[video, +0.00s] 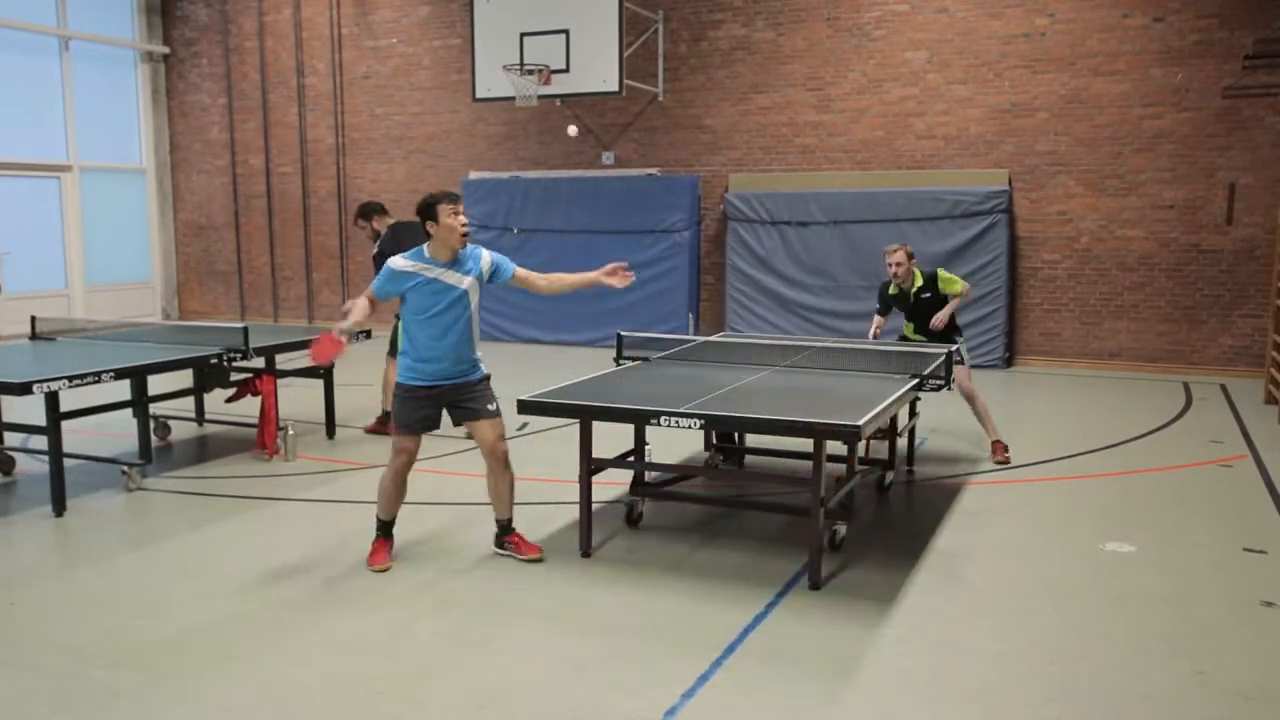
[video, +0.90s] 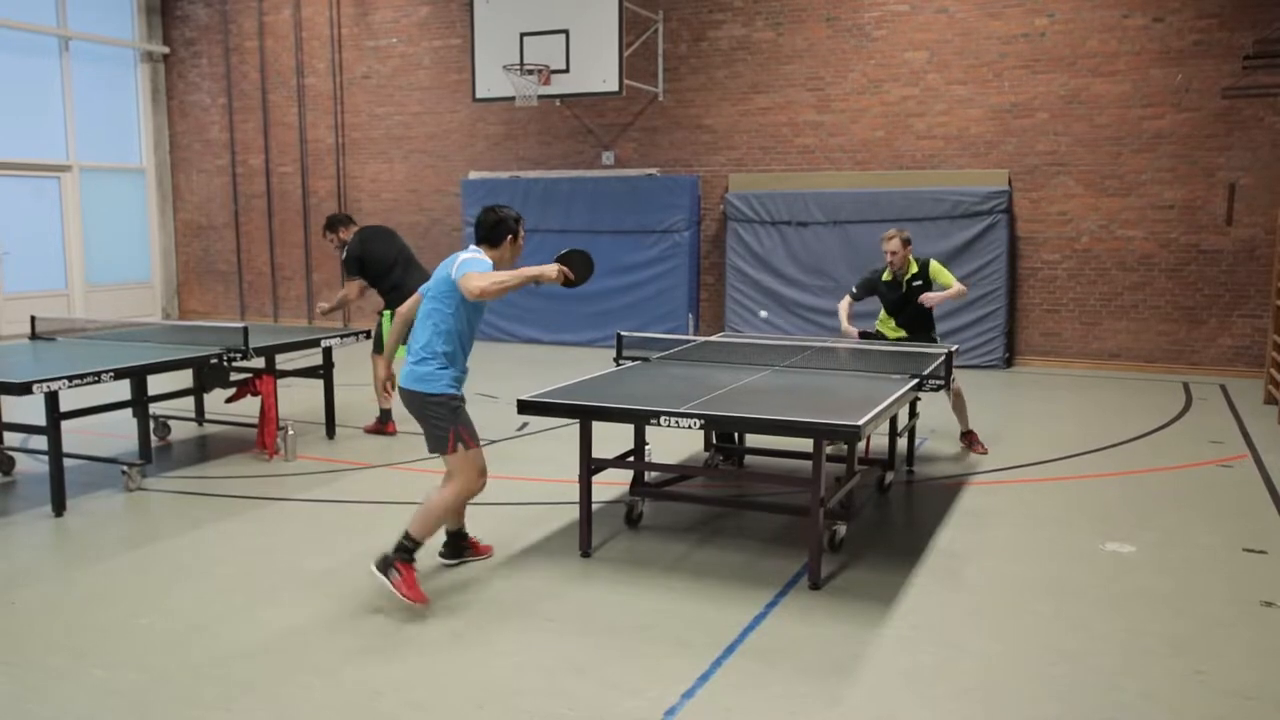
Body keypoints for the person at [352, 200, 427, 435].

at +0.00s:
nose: (366, 234)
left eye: (364, 227)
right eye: (362, 229)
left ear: (375, 220)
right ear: (385, 216)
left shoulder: (382, 249)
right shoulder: (421, 227)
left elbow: (380, 288)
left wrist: (358, 303)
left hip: (410, 312)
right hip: (444, 307)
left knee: (394, 362)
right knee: (452, 360)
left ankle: (388, 414)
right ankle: (472, 414)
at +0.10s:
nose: (352, 237)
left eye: (351, 232)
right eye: (350, 233)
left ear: (361, 226)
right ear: (372, 220)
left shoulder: (370, 250)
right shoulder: (407, 230)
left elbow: (362, 287)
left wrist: (346, 311)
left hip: (403, 310)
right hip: (433, 307)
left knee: (386, 361)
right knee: (424, 361)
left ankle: (386, 413)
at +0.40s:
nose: (326, 248)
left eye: (326, 242)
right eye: (324, 244)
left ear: (338, 234)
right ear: (344, 232)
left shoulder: (355, 245)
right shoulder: (375, 237)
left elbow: (349, 299)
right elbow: (385, 278)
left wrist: (331, 322)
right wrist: (357, 303)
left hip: (394, 309)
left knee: (379, 359)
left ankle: (383, 418)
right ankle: (390, 418)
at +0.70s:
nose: (324, 250)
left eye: (323, 244)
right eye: (321, 246)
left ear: (334, 236)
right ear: (343, 231)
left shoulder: (349, 252)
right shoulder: (368, 237)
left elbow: (348, 299)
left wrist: (325, 312)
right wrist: (336, 299)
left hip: (399, 304)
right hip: (423, 295)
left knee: (379, 358)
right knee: (417, 356)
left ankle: (386, 417)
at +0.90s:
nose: (333, 245)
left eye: (332, 239)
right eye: (330, 241)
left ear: (342, 231)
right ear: (350, 227)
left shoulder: (353, 251)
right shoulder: (381, 231)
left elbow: (351, 294)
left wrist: (329, 307)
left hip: (398, 305)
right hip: (426, 293)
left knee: (380, 357)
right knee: (427, 352)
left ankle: (385, 418)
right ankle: (442, 407)